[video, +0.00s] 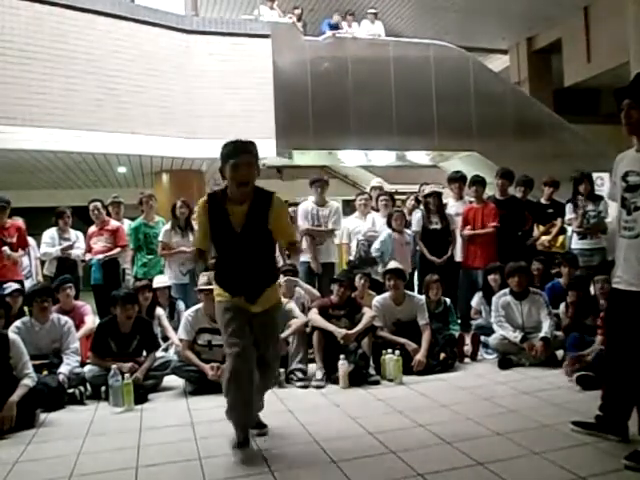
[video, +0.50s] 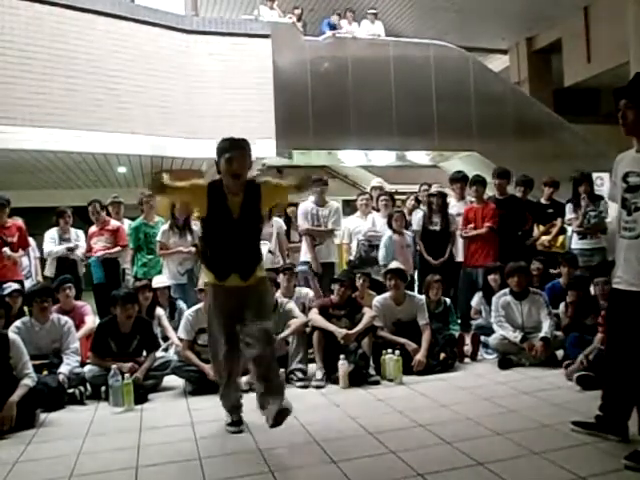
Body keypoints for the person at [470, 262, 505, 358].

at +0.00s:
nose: (493, 277)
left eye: (496, 274)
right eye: (490, 274)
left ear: (501, 276)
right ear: (486, 278)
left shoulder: (506, 294)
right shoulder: (480, 295)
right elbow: (474, 314)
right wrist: (487, 320)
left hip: (503, 325)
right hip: (486, 325)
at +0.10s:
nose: (493, 277)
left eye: (496, 274)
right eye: (490, 274)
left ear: (501, 276)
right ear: (486, 277)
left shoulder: (506, 294)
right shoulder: (481, 295)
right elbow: (473, 314)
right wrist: (487, 320)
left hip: (503, 325)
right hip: (485, 325)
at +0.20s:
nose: (493, 277)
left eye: (496, 274)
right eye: (490, 274)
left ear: (501, 276)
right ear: (486, 277)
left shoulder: (506, 293)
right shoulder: (481, 295)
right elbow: (473, 314)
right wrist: (487, 320)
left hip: (503, 325)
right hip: (486, 325)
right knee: (479, 330)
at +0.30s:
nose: (494, 277)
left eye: (496, 274)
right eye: (490, 274)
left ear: (501, 276)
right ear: (486, 277)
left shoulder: (506, 293)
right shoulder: (481, 295)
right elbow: (474, 315)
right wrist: (487, 320)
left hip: (503, 325)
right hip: (486, 325)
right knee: (478, 330)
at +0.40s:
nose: (494, 277)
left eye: (496, 274)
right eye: (490, 274)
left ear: (501, 276)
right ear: (486, 277)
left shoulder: (506, 293)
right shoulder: (481, 295)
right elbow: (473, 314)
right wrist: (486, 320)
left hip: (502, 325)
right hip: (486, 325)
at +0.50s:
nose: (493, 277)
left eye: (496, 274)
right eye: (490, 274)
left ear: (501, 276)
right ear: (486, 278)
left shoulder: (506, 293)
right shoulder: (481, 295)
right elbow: (473, 314)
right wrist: (487, 320)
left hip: (502, 325)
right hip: (485, 325)